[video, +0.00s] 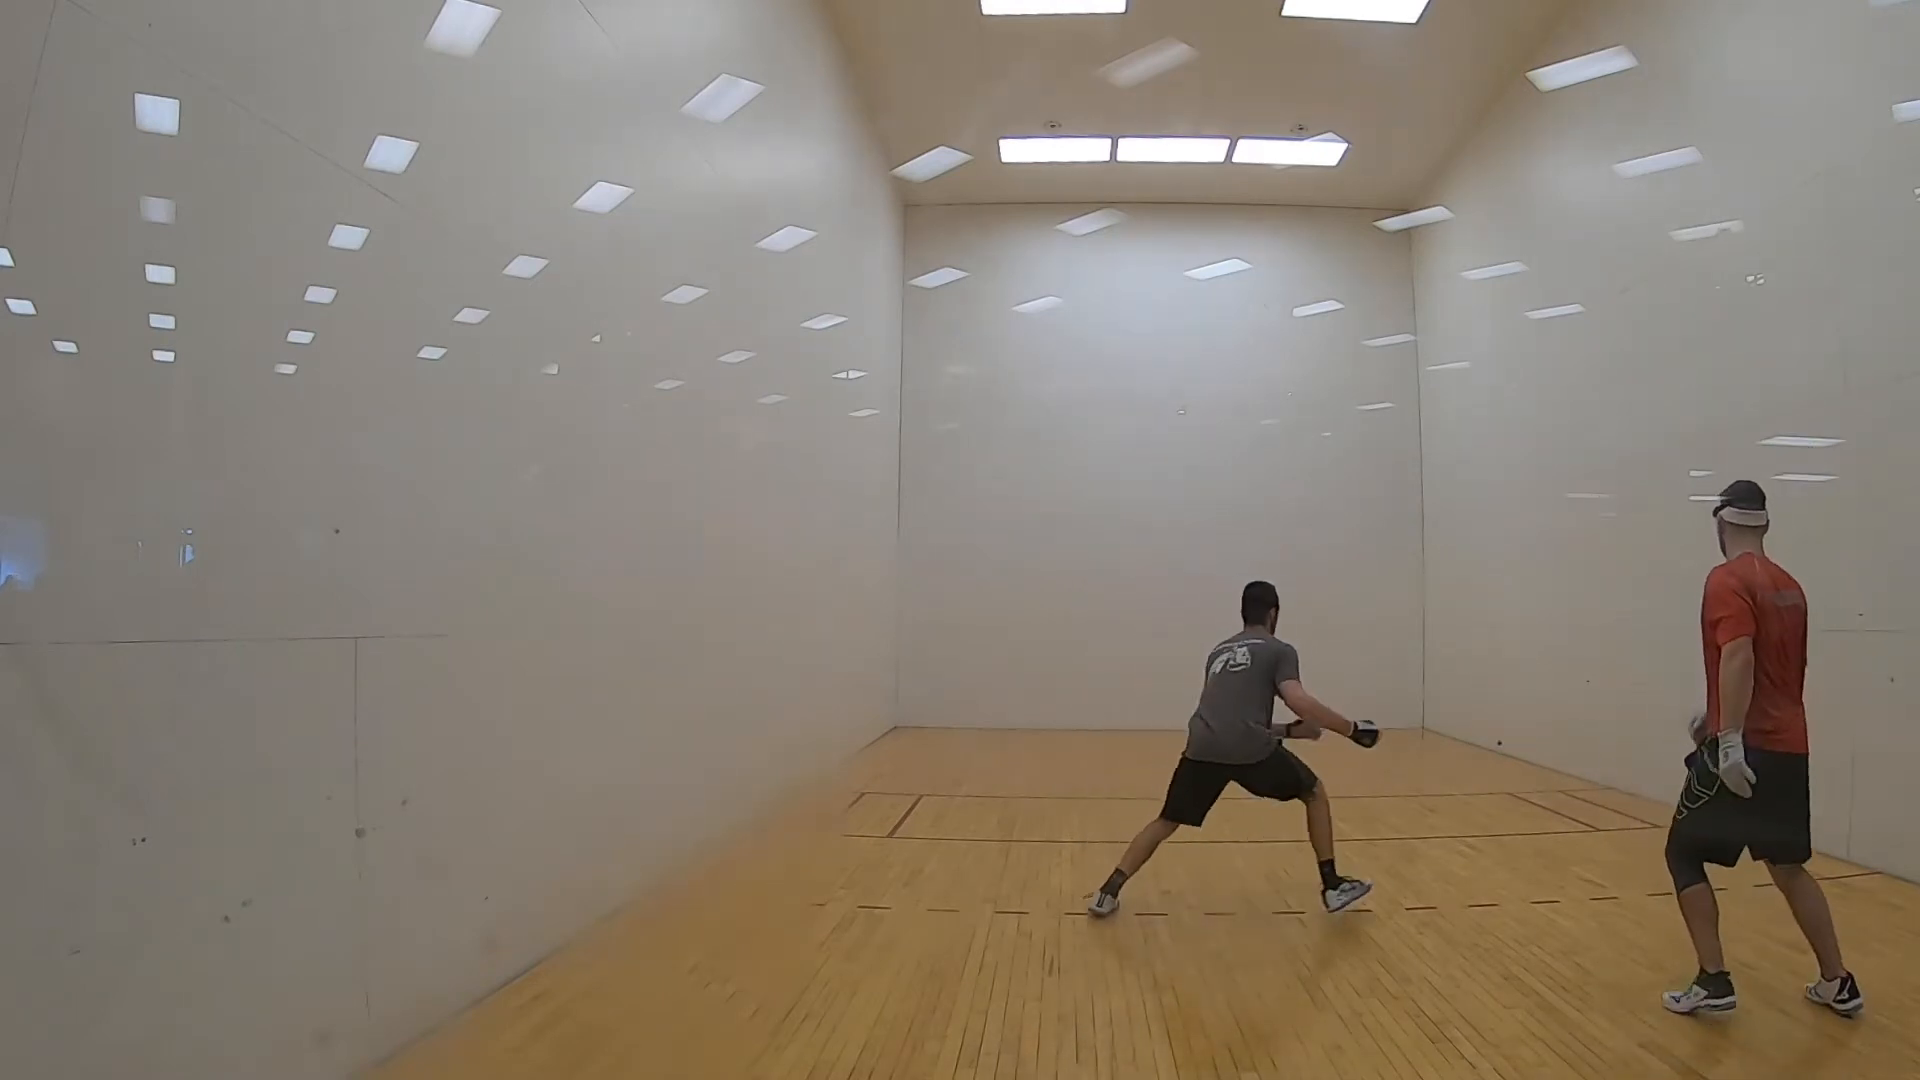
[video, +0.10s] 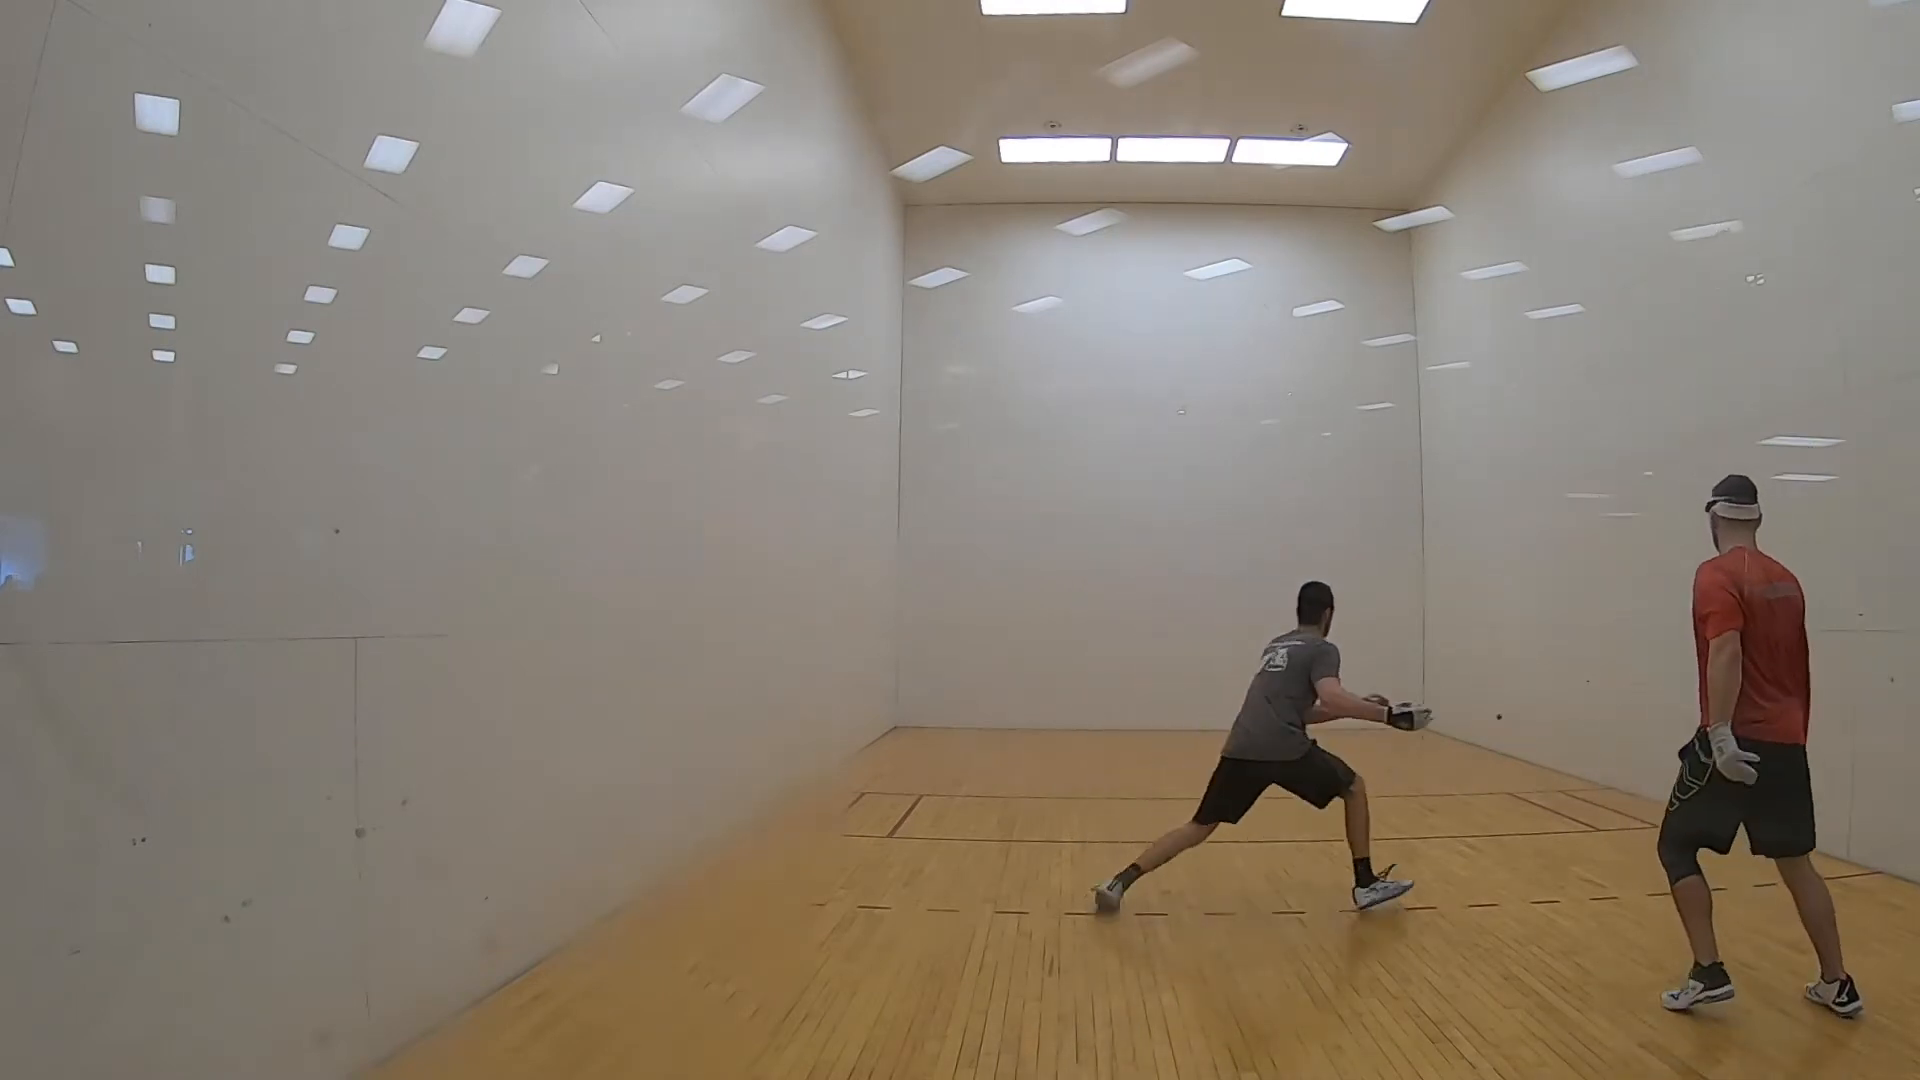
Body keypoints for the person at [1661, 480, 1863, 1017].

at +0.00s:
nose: (1715, 531)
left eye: (1716, 523)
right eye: (1722, 522)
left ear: (1720, 523)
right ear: (1765, 527)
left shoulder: (1726, 578)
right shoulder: (1790, 586)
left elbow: (1739, 656)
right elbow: (1784, 677)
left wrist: (1730, 740)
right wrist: (1717, 715)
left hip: (1737, 754)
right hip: (1788, 755)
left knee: (1682, 853)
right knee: (1788, 863)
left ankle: (1713, 980)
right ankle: (1837, 979)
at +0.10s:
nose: (1709, 527)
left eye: (1709, 519)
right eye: (1716, 518)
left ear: (1713, 518)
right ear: (1758, 521)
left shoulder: (1716, 574)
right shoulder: (1785, 578)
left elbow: (1726, 651)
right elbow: (1793, 667)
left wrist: (1719, 730)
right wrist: (1786, 733)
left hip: (1729, 744)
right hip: (1786, 747)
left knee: (1675, 845)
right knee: (1795, 858)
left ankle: (1708, 971)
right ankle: (1836, 980)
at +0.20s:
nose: (1698, 530)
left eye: (1697, 522)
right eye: (1707, 522)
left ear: (1699, 523)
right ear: (1744, 524)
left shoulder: (1699, 581)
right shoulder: (1773, 580)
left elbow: (1703, 657)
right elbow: (1789, 662)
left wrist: (1688, 739)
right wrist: (1787, 738)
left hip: (1723, 749)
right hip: (1780, 751)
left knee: (1666, 850)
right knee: (1797, 863)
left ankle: (1718, 966)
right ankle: (1837, 982)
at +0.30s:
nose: (1679, 539)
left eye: (1676, 531)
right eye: (1695, 531)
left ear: (1675, 532)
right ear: (1722, 532)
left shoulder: (1674, 592)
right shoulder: (1752, 589)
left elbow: (1666, 669)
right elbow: (1774, 667)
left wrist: (1643, 750)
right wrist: (1761, 739)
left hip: (1701, 756)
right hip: (1761, 757)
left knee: (1665, 863)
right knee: (1775, 862)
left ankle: (1737, 971)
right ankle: (1831, 978)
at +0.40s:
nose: (1646, 549)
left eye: (1644, 541)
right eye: (1656, 541)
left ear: (1645, 541)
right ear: (1690, 541)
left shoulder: (1640, 602)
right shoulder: (1724, 598)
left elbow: (1618, 685)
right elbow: (1753, 678)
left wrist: (1594, 758)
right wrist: (1746, 745)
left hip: (1674, 758)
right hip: (1727, 758)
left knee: (1663, 875)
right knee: (1724, 865)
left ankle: (1740, 978)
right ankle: (1791, 942)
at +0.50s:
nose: (1612, 555)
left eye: (1609, 547)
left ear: (1609, 546)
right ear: (1654, 549)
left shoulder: (1599, 606)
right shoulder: (1692, 604)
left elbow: (1572, 687)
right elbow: (1734, 674)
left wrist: (1554, 749)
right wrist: (1735, 737)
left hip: (1646, 757)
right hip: (1696, 755)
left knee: (1657, 872)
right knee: (1662, 847)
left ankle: (1741, 977)